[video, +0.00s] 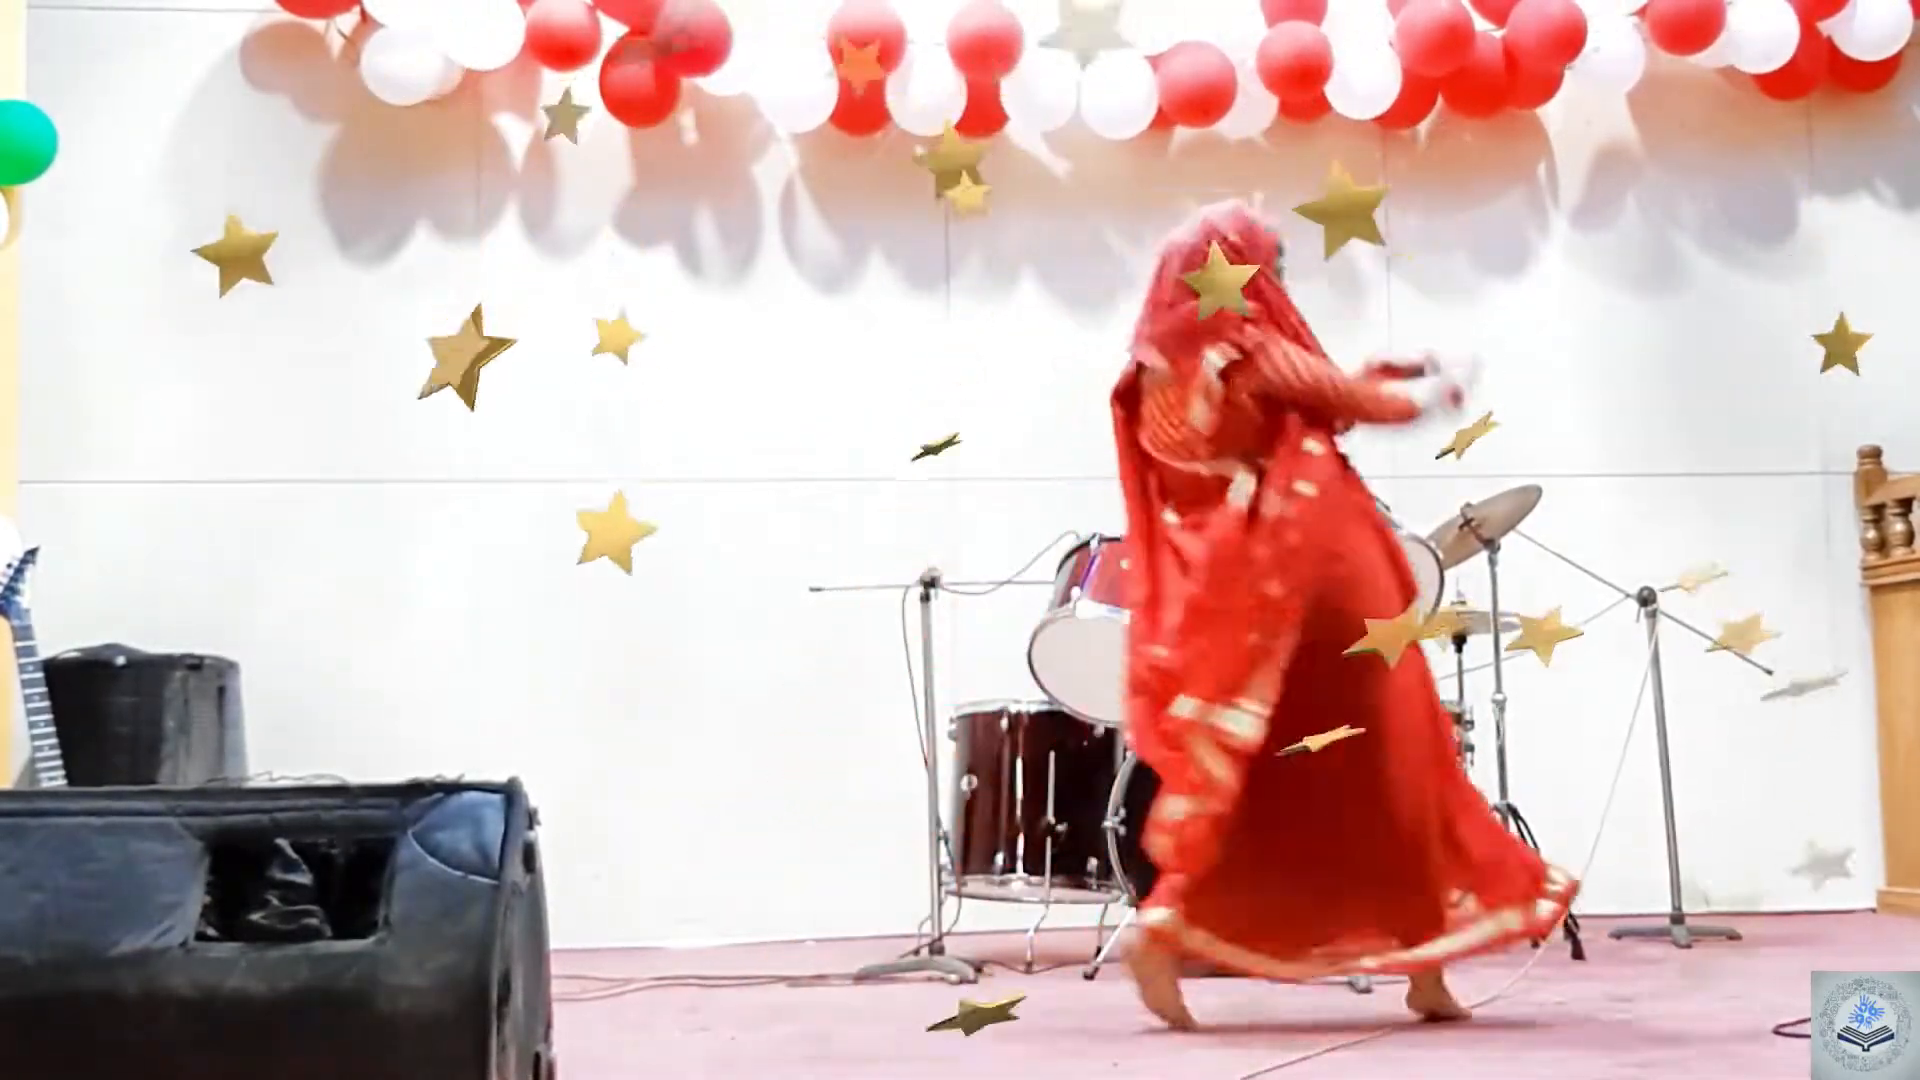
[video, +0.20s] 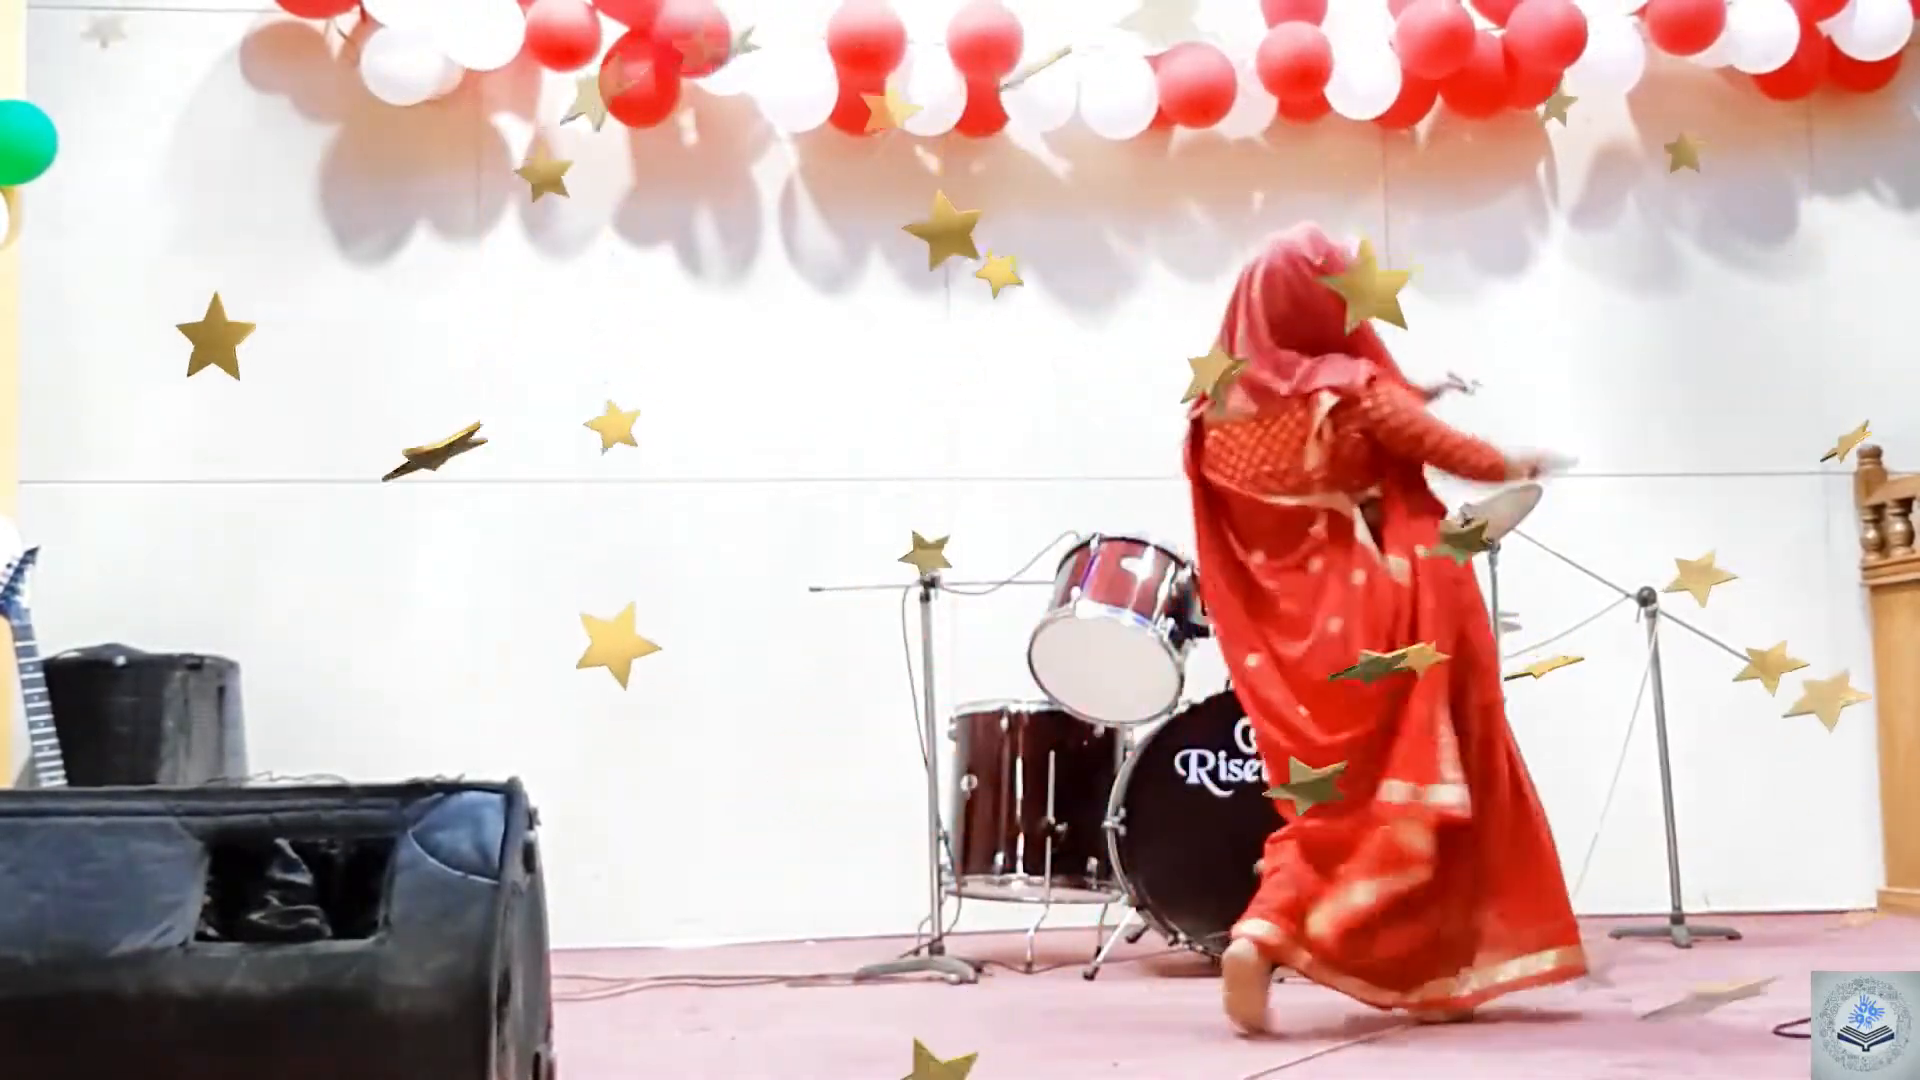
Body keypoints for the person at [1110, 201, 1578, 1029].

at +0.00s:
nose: (1277, 282)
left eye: (1273, 268)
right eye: (1267, 269)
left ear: (1178, 280)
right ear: (1240, 277)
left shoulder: (1149, 374)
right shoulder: (1250, 351)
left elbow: (1284, 399)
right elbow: (1342, 394)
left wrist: (1371, 371)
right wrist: (1429, 389)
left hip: (1222, 584)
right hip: (1314, 575)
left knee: (1228, 755)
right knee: (1399, 754)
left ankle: (1161, 928)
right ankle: (1426, 966)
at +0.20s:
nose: (1357, 311)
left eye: (1352, 298)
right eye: (1347, 299)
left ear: (1257, 310)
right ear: (1327, 310)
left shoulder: (1217, 400)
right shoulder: (1357, 390)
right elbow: (1448, 448)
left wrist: (1404, 400)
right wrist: (1518, 463)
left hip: (1276, 624)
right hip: (1368, 614)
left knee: (1318, 799)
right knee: (1418, 785)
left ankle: (1261, 928)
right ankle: (1430, 975)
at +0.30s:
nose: (1380, 249)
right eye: (1369, 233)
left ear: (1267, 256)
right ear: (1357, 244)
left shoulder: (1238, 369)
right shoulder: (1366, 320)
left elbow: (1254, 518)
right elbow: (1448, 340)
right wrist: (1513, 342)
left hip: (1304, 616)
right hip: (1394, 602)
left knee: (1333, 785)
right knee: (1439, 772)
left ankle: (1313, 954)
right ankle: (1448, 973)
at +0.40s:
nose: (1390, 266)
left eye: (1388, 251)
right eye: (1387, 250)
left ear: (1279, 259)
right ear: (1376, 249)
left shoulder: (1249, 372)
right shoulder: (1395, 292)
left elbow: (1227, 515)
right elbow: (1507, 245)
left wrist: (1231, 616)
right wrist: (1506, 251)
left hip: (1302, 591)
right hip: (1407, 570)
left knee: (1339, 779)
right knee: (1455, 753)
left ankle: (1364, 981)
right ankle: (1468, 952)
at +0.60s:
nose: (1417, 230)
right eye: (1415, 217)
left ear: (1314, 237)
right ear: (1411, 221)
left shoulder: (1278, 357)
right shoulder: (1431, 268)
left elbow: (1241, 514)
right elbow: (1556, 238)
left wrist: (1243, 612)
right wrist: (1537, 224)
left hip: (1326, 577)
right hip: (1440, 551)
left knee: (1338, 787)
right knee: (1492, 745)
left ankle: (1366, 997)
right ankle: (1521, 899)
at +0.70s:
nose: (1501, 233)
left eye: (1488, 214)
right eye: (1494, 216)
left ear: (1386, 229)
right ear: (1486, 222)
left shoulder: (1341, 338)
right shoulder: (1511, 276)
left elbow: (1324, 501)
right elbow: (1639, 283)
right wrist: (1653, 314)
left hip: (1400, 608)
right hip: (1524, 596)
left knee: (1421, 793)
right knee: (1570, 782)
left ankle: (1426, 1006)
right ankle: (1609, 1015)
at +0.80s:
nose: (1524, 272)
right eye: (1515, 250)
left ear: (1401, 259)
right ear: (1508, 257)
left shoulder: (1357, 372)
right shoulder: (1521, 332)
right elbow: (1609, 410)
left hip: (1430, 640)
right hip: (1540, 638)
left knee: (1459, 818)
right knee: (1580, 817)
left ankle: (1460, 1009)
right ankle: (1589, 1025)